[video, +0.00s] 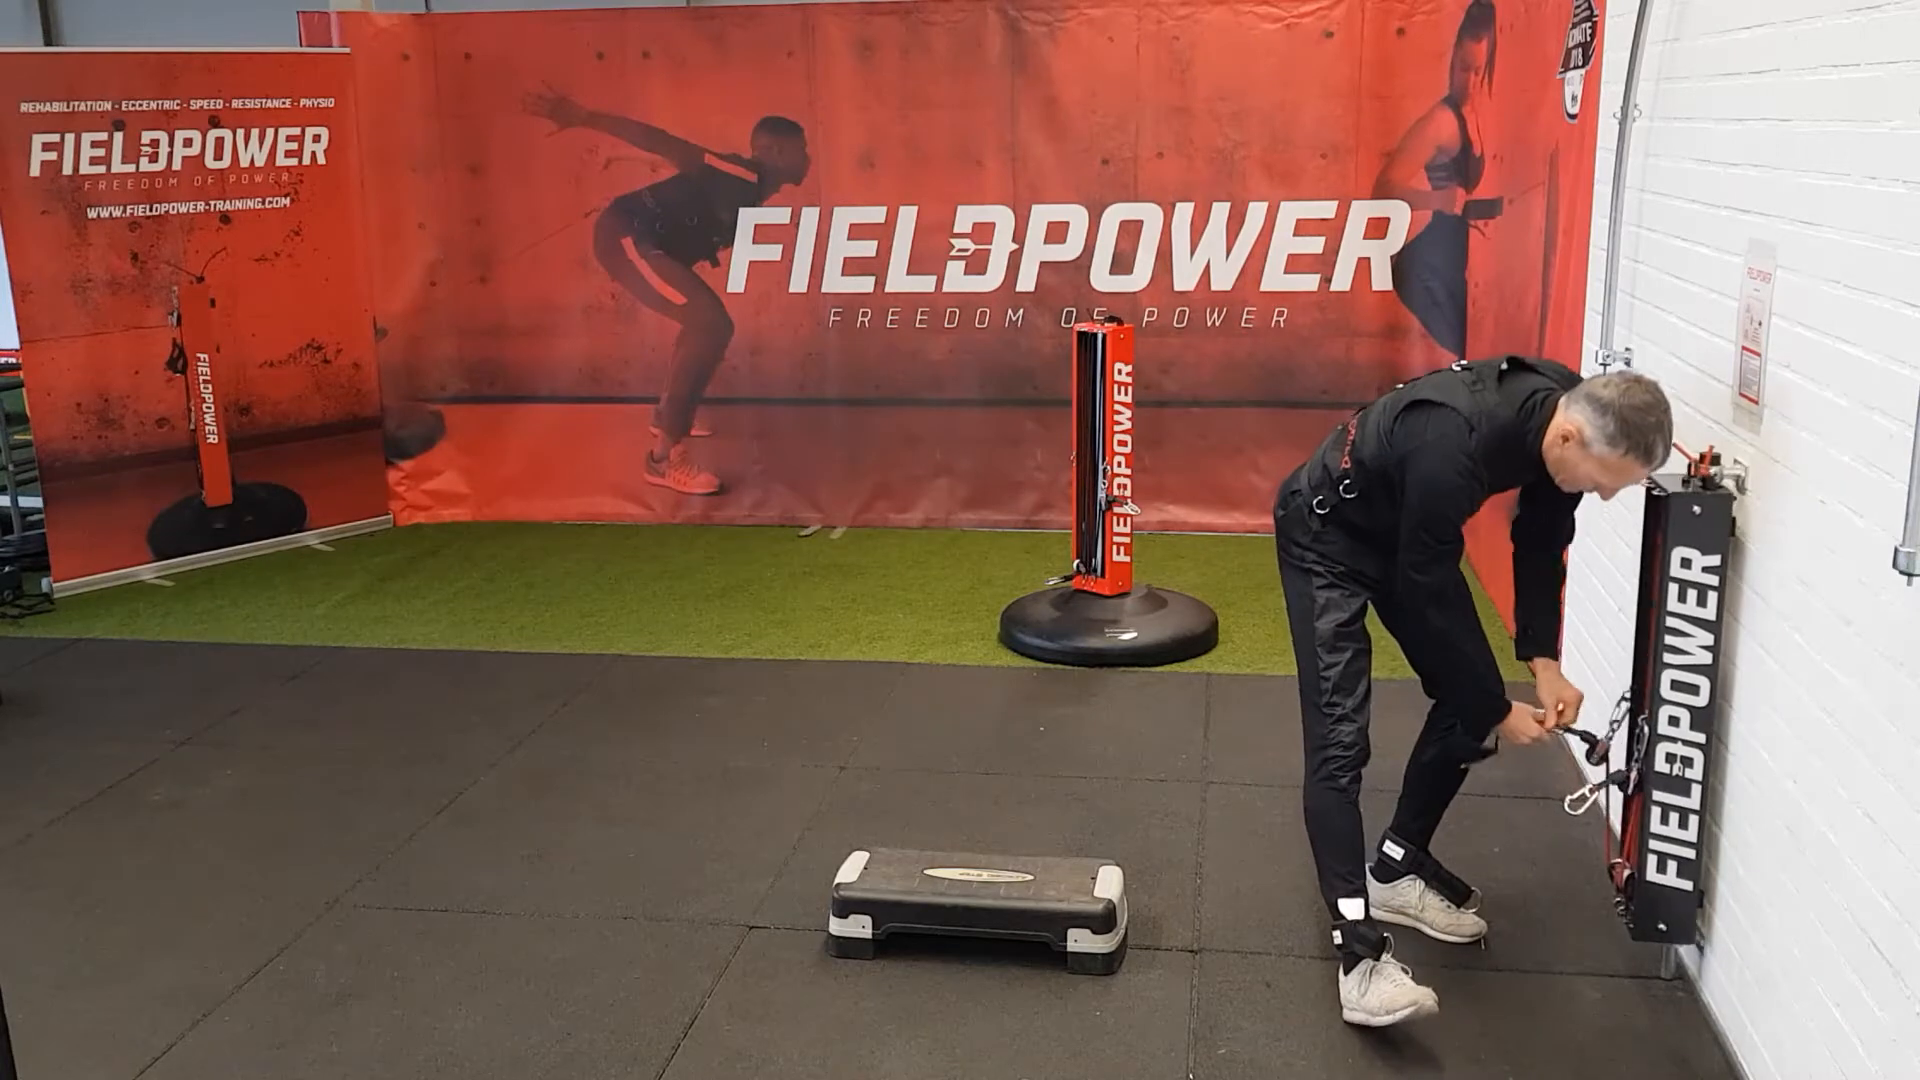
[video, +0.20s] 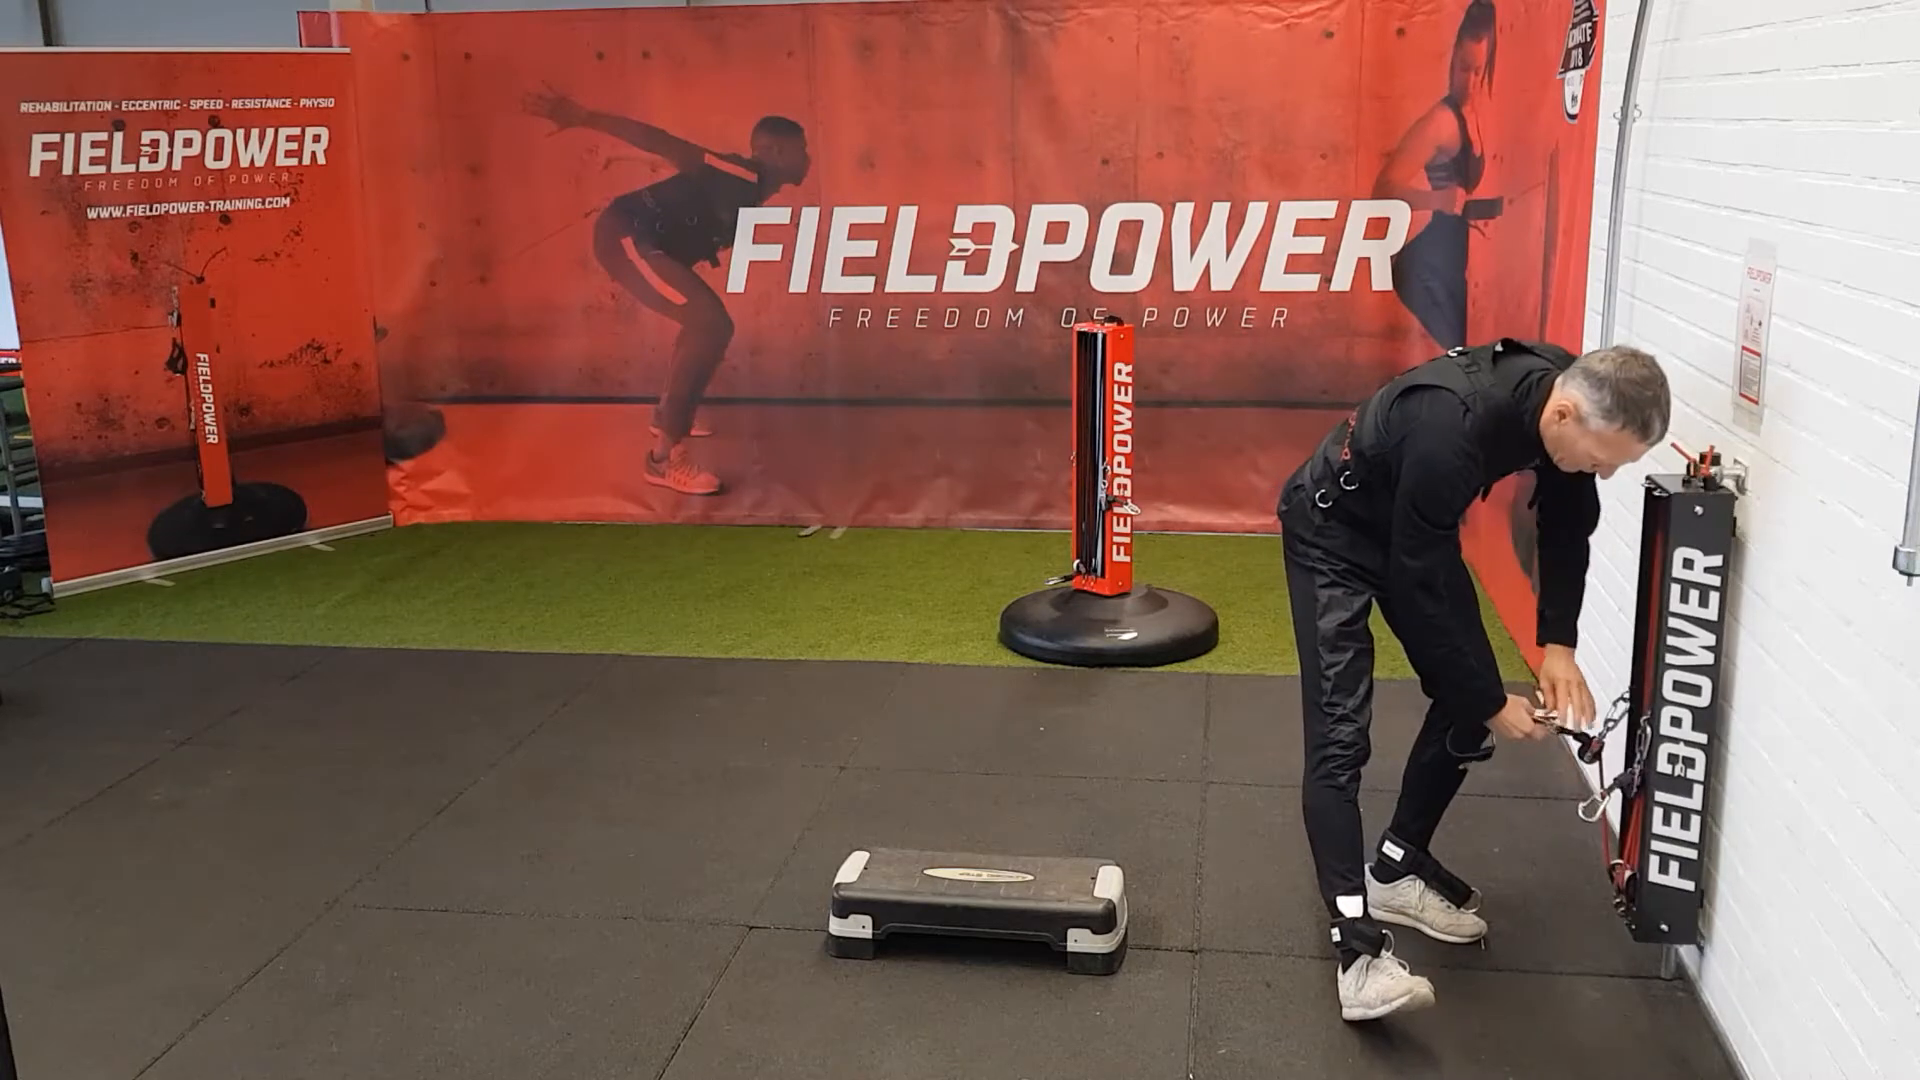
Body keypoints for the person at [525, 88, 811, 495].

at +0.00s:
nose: (807, 158)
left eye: (805, 150)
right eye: (800, 150)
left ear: (774, 151)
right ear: (770, 150)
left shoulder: (750, 190)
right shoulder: (735, 175)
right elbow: (661, 142)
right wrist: (584, 117)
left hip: (647, 238)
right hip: (626, 233)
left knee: (711, 322)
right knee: (711, 325)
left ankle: (671, 412)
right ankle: (665, 456)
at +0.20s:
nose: (807, 158)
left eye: (805, 149)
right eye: (800, 150)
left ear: (773, 151)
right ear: (770, 150)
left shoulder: (750, 189)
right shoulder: (735, 175)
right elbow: (661, 142)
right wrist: (584, 117)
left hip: (645, 237)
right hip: (626, 233)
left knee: (710, 322)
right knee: (712, 325)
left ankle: (671, 412)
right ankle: (665, 456)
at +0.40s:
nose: (807, 158)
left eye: (805, 149)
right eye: (800, 150)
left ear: (773, 151)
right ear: (770, 150)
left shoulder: (749, 189)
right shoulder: (735, 176)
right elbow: (661, 142)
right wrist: (584, 117)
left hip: (645, 237)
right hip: (626, 233)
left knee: (710, 322)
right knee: (712, 326)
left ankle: (671, 412)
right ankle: (665, 456)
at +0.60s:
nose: (807, 157)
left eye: (805, 149)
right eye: (800, 149)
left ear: (774, 151)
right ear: (770, 149)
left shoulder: (751, 191)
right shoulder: (734, 176)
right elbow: (662, 142)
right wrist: (584, 117)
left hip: (646, 237)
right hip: (626, 232)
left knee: (711, 322)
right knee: (711, 325)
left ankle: (671, 412)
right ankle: (665, 456)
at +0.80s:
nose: (807, 158)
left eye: (805, 150)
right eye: (800, 150)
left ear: (773, 151)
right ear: (770, 150)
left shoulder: (750, 190)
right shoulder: (735, 175)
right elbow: (660, 142)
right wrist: (584, 117)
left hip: (646, 237)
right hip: (626, 233)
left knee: (711, 322)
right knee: (712, 325)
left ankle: (671, 412)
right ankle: (665, 456)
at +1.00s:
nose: (807, 158)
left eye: (805, 149)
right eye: (800, 149)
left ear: (774, 151)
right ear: (770, 149)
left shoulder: (751, 191)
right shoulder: (734, 176)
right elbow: (661, 142)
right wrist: (584, 117)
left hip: (646, 238)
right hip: (626, 232)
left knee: (712, 322)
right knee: (711, 325)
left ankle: (671, 412)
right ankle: (665, 456)